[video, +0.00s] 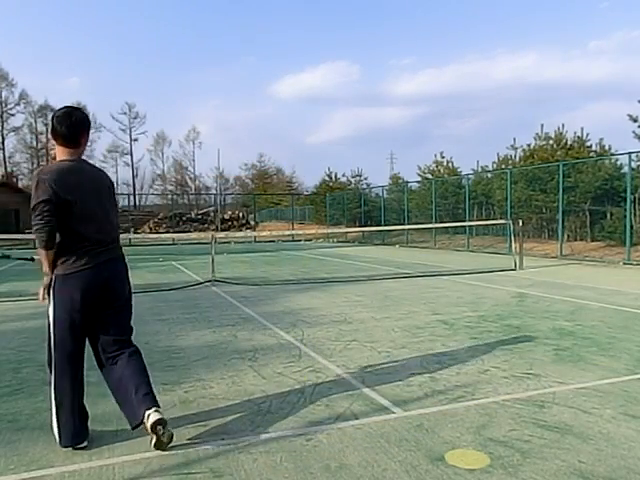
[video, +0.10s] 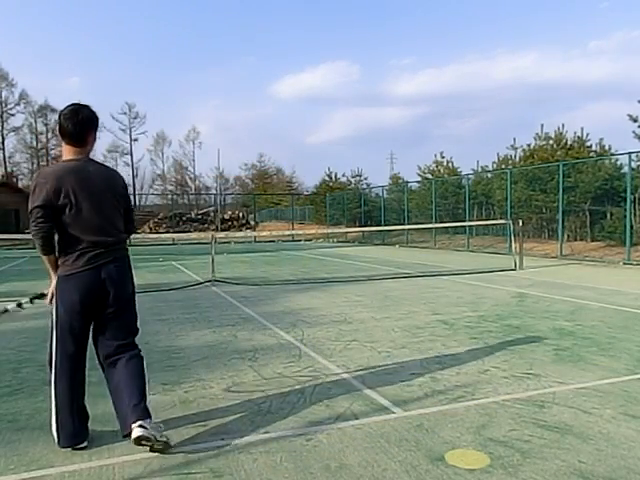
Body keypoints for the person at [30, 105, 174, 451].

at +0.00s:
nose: (88, 140)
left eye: (54, 135)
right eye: (88, 135)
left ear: (52, 138)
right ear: (87, 138)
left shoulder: (47, 177)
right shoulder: (101, 177)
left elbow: (44, 230)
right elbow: (109, 229)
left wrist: (50, 273)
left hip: (72, 278)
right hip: (113, 274)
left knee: (65, 358)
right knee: (118, 346)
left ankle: (73, 434)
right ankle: (149, 411)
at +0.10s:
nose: (95, 138)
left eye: (94, 133)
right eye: (96, 133)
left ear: (59, 136)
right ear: (93, 136)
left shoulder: (48, 177)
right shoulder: (112, 177)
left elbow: (41, 232)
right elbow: (128, 226)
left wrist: (54, 272)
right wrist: (100, 246)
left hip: (74, 277)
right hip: (116, 274)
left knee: (68, 357)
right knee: (122, 347)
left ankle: (72, 434)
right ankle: (139, 421)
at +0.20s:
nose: (104, 138)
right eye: (105, 133)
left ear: (67, 135)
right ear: (102, 136)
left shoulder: (52, 180)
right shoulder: (122, 177)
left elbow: (45, 237)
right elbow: (144, 228)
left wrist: (66, 266)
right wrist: (128, 260)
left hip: (79, 278)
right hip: (121, 276)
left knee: (73, 354)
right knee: (125, 353)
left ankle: (70, 434)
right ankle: (127, 437)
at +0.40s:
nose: (131, 136)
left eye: (127, 131)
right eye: (131, 132)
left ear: (94, 136)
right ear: (126, 135)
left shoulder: (77, 181)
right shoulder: (144, 176)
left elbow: (61, 235)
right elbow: (175, 225)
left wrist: (85, 264)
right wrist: (184, 261)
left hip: (99, 280)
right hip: (140, 279)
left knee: (92, 355)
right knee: (136, 360)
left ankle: (76, 430)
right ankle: (123, 449)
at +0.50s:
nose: (144, 134)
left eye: (141, 129)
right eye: (143, 129)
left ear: (107, 134)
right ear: (138, 133)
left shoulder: (88, 178)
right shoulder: (151, 172)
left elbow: (61, 228)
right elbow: (177, 222)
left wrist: (92, 262)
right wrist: (199, 258)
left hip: (108, 277)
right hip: (146, 276)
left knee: (111, 350)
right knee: (143, 356)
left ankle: (96, 426)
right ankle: (125, 450)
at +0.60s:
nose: (155, 131)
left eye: (153, 125)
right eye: (154, 126)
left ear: (118, 130)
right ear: (149, 129)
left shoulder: (98, 176)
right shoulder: (158, 169)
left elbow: (68, 223)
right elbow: (176, 221)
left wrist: (95, 262)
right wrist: (205, 260)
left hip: (115, 276)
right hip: (149, 274)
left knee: (130, 353)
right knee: (149, 357)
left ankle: (136, 423)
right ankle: (124, 450)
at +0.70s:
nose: (166, 132)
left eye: (164, 126)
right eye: (165, 126)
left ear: (130, 131)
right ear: (159, 128)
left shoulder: (110, 180)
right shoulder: (164, 169)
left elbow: (94, 231)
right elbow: (176, 224)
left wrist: (107, 272)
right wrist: (206, 266)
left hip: (126, 276)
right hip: (154, 273)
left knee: (167, 347)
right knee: (153, 358)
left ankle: (172, 423)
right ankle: (123, 447)